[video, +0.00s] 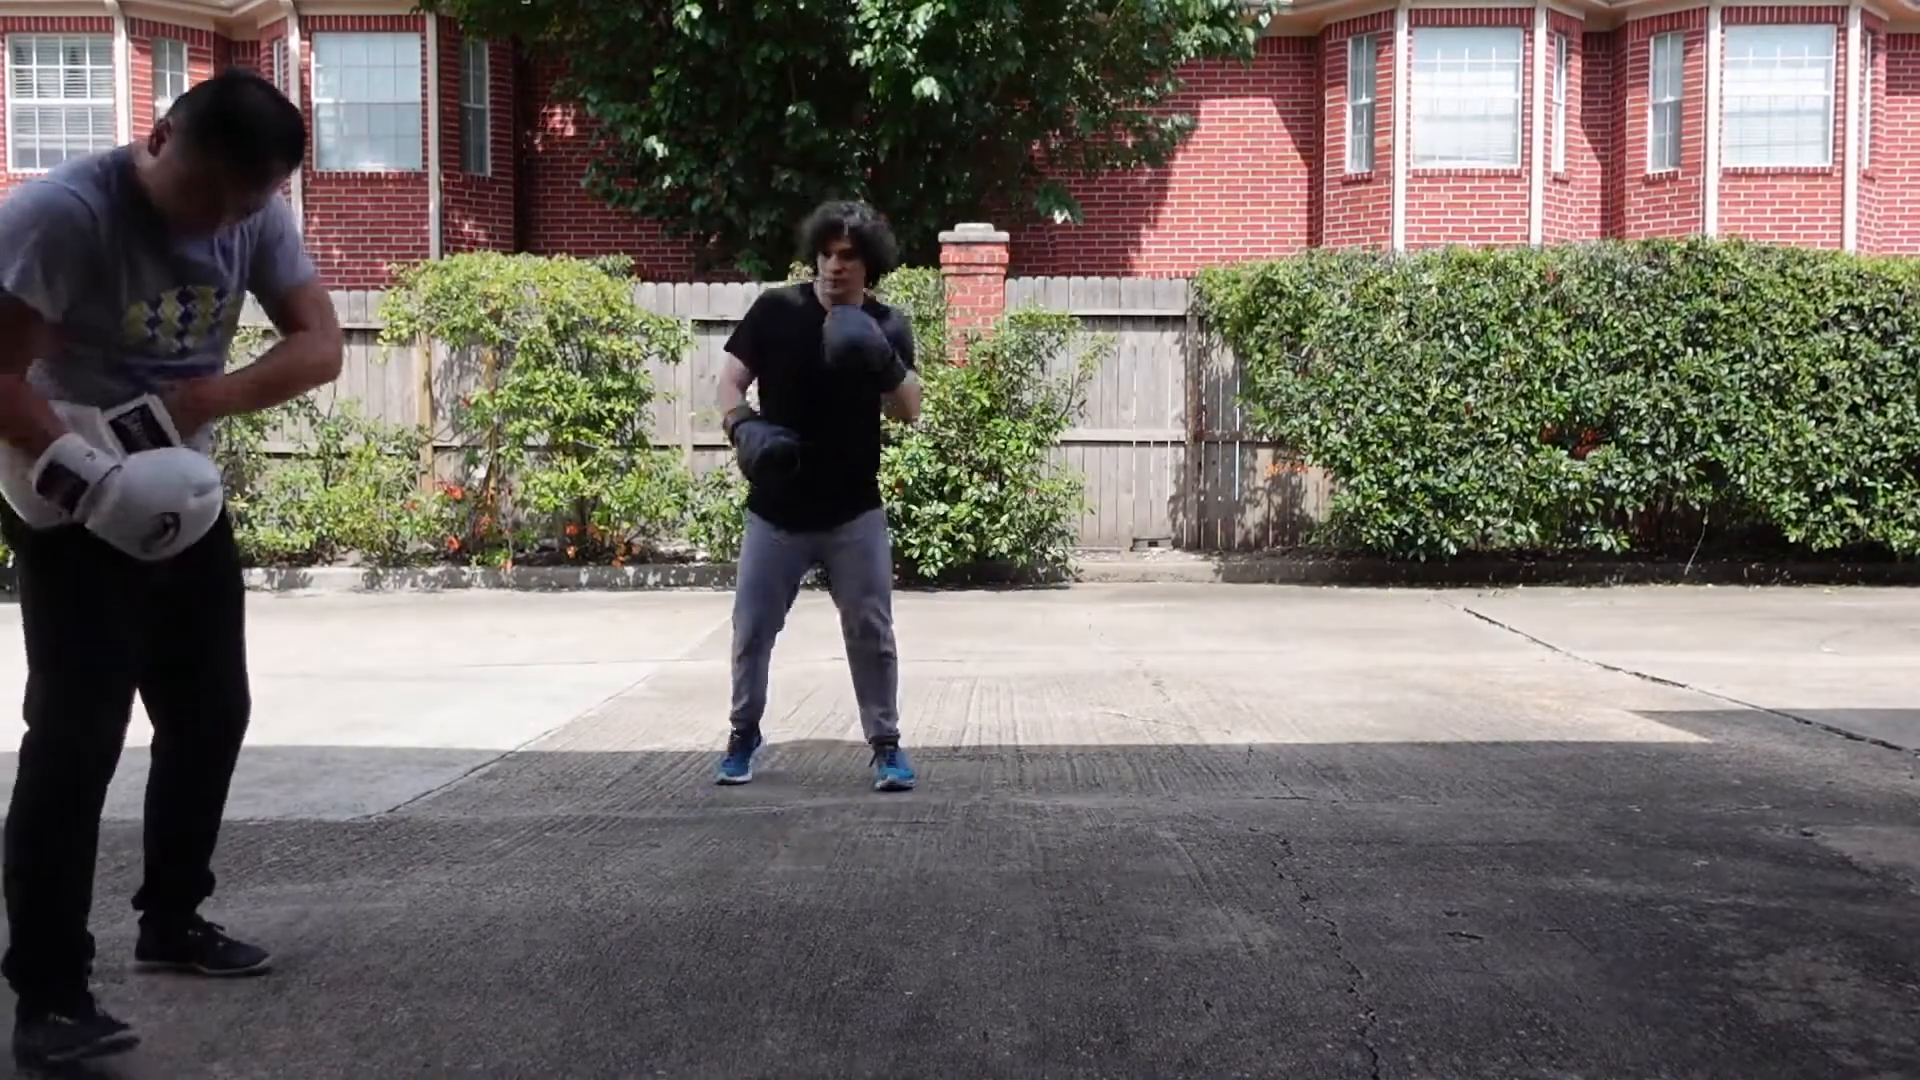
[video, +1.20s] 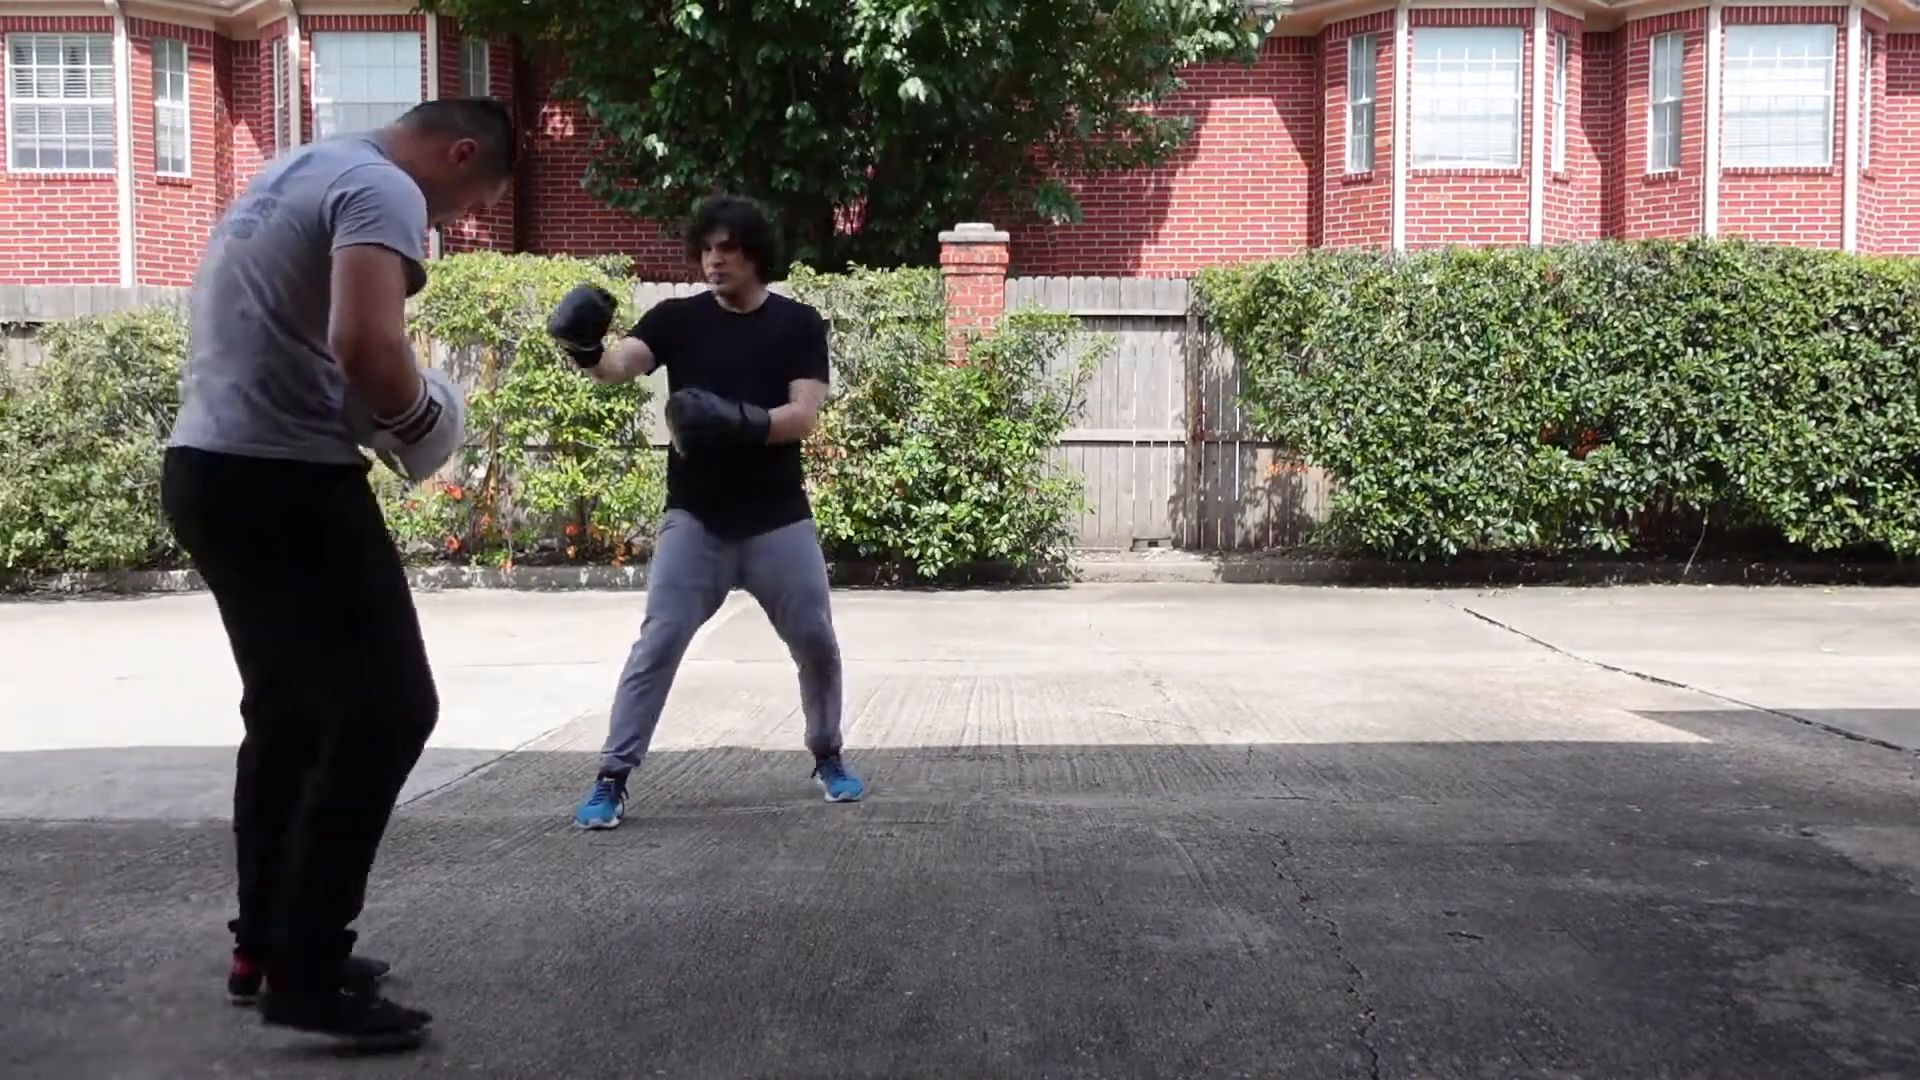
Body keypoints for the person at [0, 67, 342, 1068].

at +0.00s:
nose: (231, 218)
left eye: (249, 202)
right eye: (219, 197)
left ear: (264, 182)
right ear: (169, 143)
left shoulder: (256, 211)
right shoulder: (59, 213)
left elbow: (319, 347)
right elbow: (5, 371)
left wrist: (197, 401)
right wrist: (86, 473)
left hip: (187, 508)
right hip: (70, 514)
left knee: (210, 717)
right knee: (72, 746)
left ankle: (170, 919)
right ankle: (48, 999)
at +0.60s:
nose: (351, 209)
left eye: (363, 191)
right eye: (352, 183)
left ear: (293, 145)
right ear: (290, 140)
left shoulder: (249, 215)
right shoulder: (144, 203)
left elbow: (257, 323)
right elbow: (21, 332)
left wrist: (245, 405)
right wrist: (131, 431)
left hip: (126, 479)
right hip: (36, 476)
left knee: (173, 709)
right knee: (63, 732)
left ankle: (164, 937)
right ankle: (40, 1011)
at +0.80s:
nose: (412, 188)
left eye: (421, 164)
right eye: (413, 161)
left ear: (351, 139)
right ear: (362, 142)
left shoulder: (277, 215)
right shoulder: (233, 207)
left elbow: (232, 339)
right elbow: (115, 353)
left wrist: (270, 412)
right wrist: (216, 429)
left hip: (157, 490)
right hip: (88, 489)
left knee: (214, 727)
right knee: (112, 739)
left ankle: (261, 949)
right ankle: (46, 1017)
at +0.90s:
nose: (427, 184)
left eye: (436, 162)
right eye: (431, 159)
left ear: (363, 127)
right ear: (390, 136)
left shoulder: (279, 196)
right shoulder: (275, 205)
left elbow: (240, 339)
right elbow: (200, 365)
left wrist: (303, 402)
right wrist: (294, 431)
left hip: (201, 489)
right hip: (138, 492)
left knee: (265, 719)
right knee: (168, 742)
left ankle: (266, 946)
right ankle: (52, 1000)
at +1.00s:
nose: (438, 193)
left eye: (447, 175)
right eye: (446, 169)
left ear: (382, 118)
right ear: (418, 133)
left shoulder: (281, 175)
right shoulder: (311, 197)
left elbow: (255, 350)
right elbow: (273, 360)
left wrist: (345, 411)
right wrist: (354, 430)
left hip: (223, 483)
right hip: (201, 488)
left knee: (293, 713)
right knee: (255, 723)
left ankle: (268, 944)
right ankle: (99, 962)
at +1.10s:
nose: (434, 212)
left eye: (450, 198)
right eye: (451, 191)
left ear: (410, 130)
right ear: (437, 145)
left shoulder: (299, 167)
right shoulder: (344, 187)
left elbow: (286, 343)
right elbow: (326, 349)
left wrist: (374, 414)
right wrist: (389, 426)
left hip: (213, 474)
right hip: (254, 481)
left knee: (296, 718)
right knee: (336, 718)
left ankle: (271, 945)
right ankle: (175, 958)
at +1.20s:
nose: (456, 219)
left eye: (470, 206)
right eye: (471, 199)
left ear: (426, 132)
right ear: (458, 152)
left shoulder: (303, 168)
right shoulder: (378, 181)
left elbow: (276, 339)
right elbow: (366, 342)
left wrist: (378, 409)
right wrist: (422, 422)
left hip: (218, 468)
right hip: (292, 480)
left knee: (290, 707)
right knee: (390, 710)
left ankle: (270, 942)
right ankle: (306, 978)